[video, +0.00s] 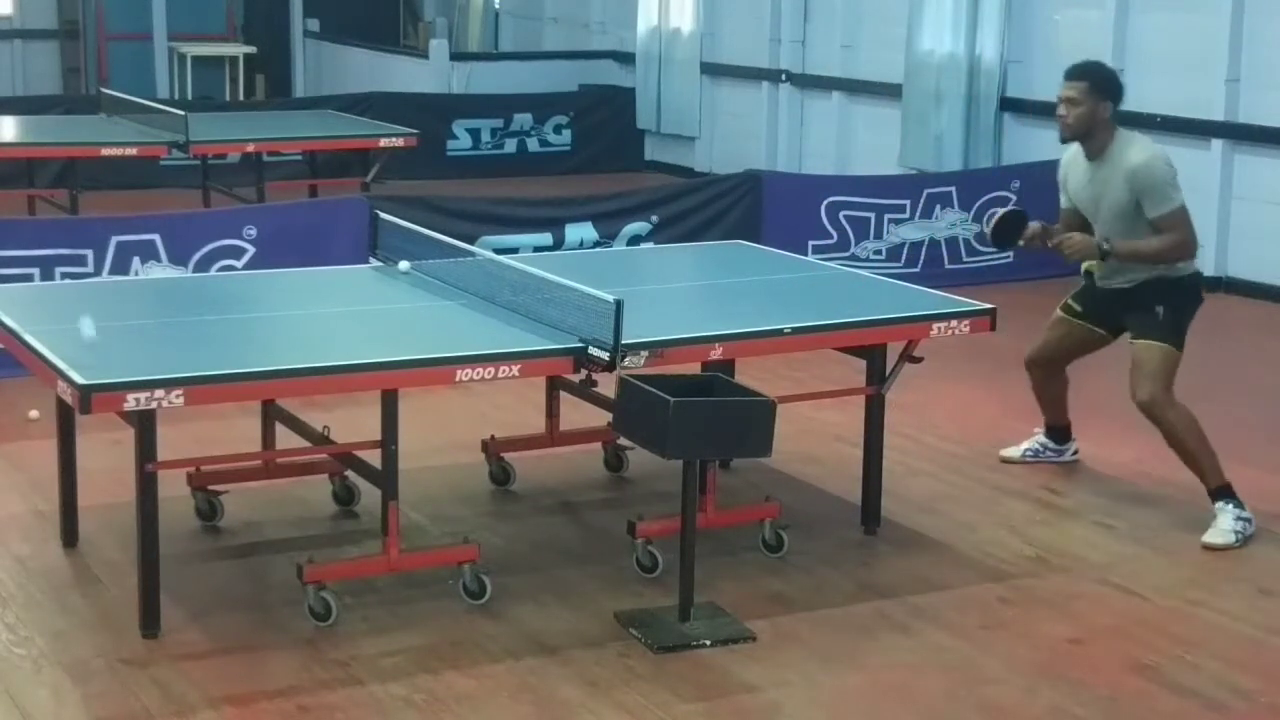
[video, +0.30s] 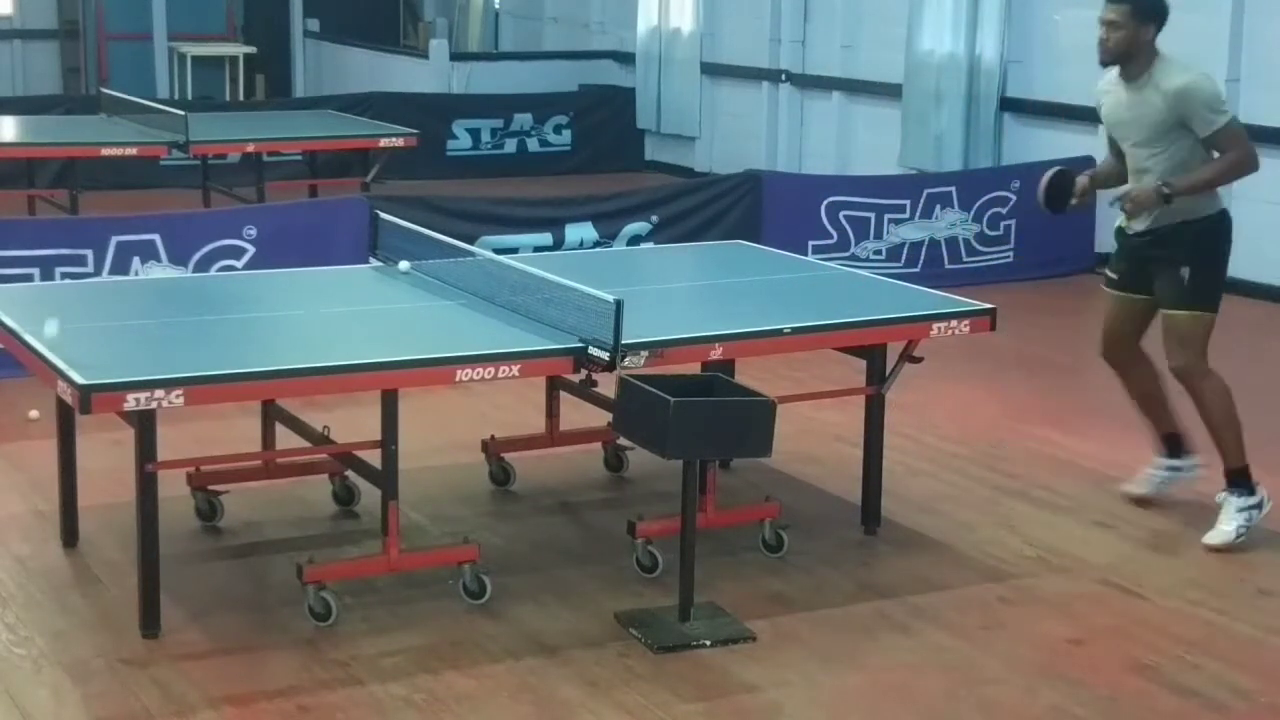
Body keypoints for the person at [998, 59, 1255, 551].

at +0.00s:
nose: (1060, 111)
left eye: (1071, 104)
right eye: (1059, 102)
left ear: (1104, 109)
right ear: (1070, 106)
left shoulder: (1145, 162)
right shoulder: (1071, 162)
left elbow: (1183, 244)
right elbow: (1077, 233)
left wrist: (1103, 248)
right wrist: (1045, 234)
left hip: (1165, 286)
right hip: (1107, 284)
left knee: (1151, 395)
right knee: (1041, 360)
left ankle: (1229, 506)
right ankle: (1058, 441)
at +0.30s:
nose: (1102, 36)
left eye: (1113, 27)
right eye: (1101, 25)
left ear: (1148, 32)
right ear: (1104, 30)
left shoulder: (1189, 87)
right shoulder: (1109, 89)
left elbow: (1244, 157)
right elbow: (1123, 163)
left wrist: (1164, 190)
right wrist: (1088, 181)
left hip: (1195, 233)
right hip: (1140, 233)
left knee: (1186, 360)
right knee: (1117, 344)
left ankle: (1244, 492)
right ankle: (1175, 455)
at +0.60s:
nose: (1124, 41)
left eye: (1135, 31)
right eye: (1121, 30)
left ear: (1170, 36)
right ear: (1119, 34)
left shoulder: (1212, 97)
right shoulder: (1110, 104)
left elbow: (1260, 169)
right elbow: (1107, 172)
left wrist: (1191, 203)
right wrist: (1095, 212)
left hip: (1206, 254)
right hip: (1145, 261)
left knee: (1199, 384)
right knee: (1162, 378)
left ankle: (1223, 527)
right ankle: (1206, 474)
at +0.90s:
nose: (1105, 29)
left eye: (1117, 18)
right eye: (1103, 19)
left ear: (1155, 23)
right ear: (1110, 27)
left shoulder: (1196, 92)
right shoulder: (1108, 96)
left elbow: (1250, 177)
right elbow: (1121, 175)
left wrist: (1167, 219)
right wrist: (1092, 215)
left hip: (1186, 264)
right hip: (1122, 263)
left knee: (1187, 398)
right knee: (1088, 384)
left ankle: (1211, 529)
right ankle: (1155, 489)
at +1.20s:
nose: (1048, 35)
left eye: (1059, 23)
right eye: (1050, 24)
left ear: (1095, 32)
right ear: (1085, 34)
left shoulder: (1130, 97)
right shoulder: (1073, 103)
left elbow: (1146, 195)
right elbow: (1088, 198)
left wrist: (1051, 217)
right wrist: (1031, 225)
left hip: (1132, 277)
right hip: (1073, 276)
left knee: (1155, 407)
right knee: (1044, 402)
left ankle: (1202, 518)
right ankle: (1041, 545)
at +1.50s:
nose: (964, 35)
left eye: (973, 22)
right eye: (965, 22)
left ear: (1008, 26)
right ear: (1003, 28)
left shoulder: (1041, 97)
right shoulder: (1007, 97)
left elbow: (1069, 196)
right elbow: (1019, 188)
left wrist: (976, 225)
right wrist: (956, 202)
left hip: (1037, 267)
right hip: (1020, 264)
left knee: (982, 409)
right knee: (1020, 411)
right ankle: (1038, 546)